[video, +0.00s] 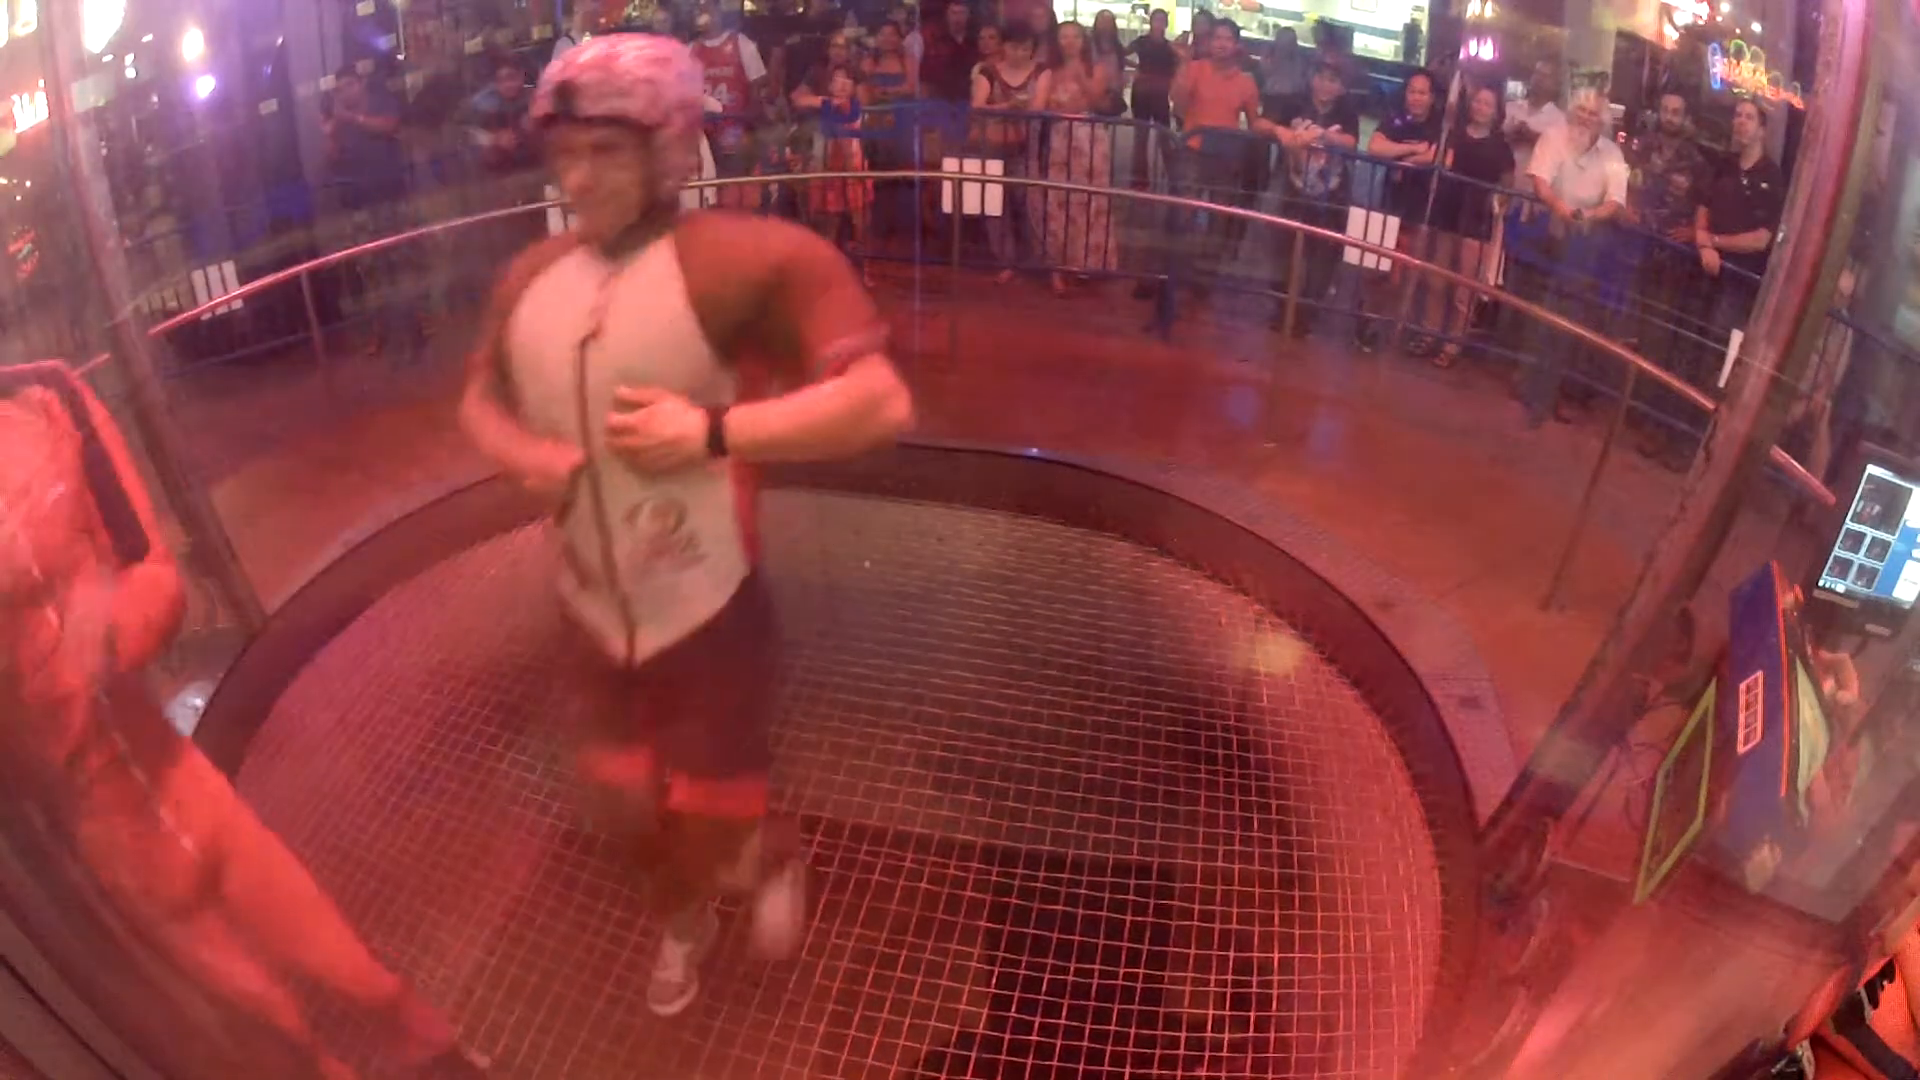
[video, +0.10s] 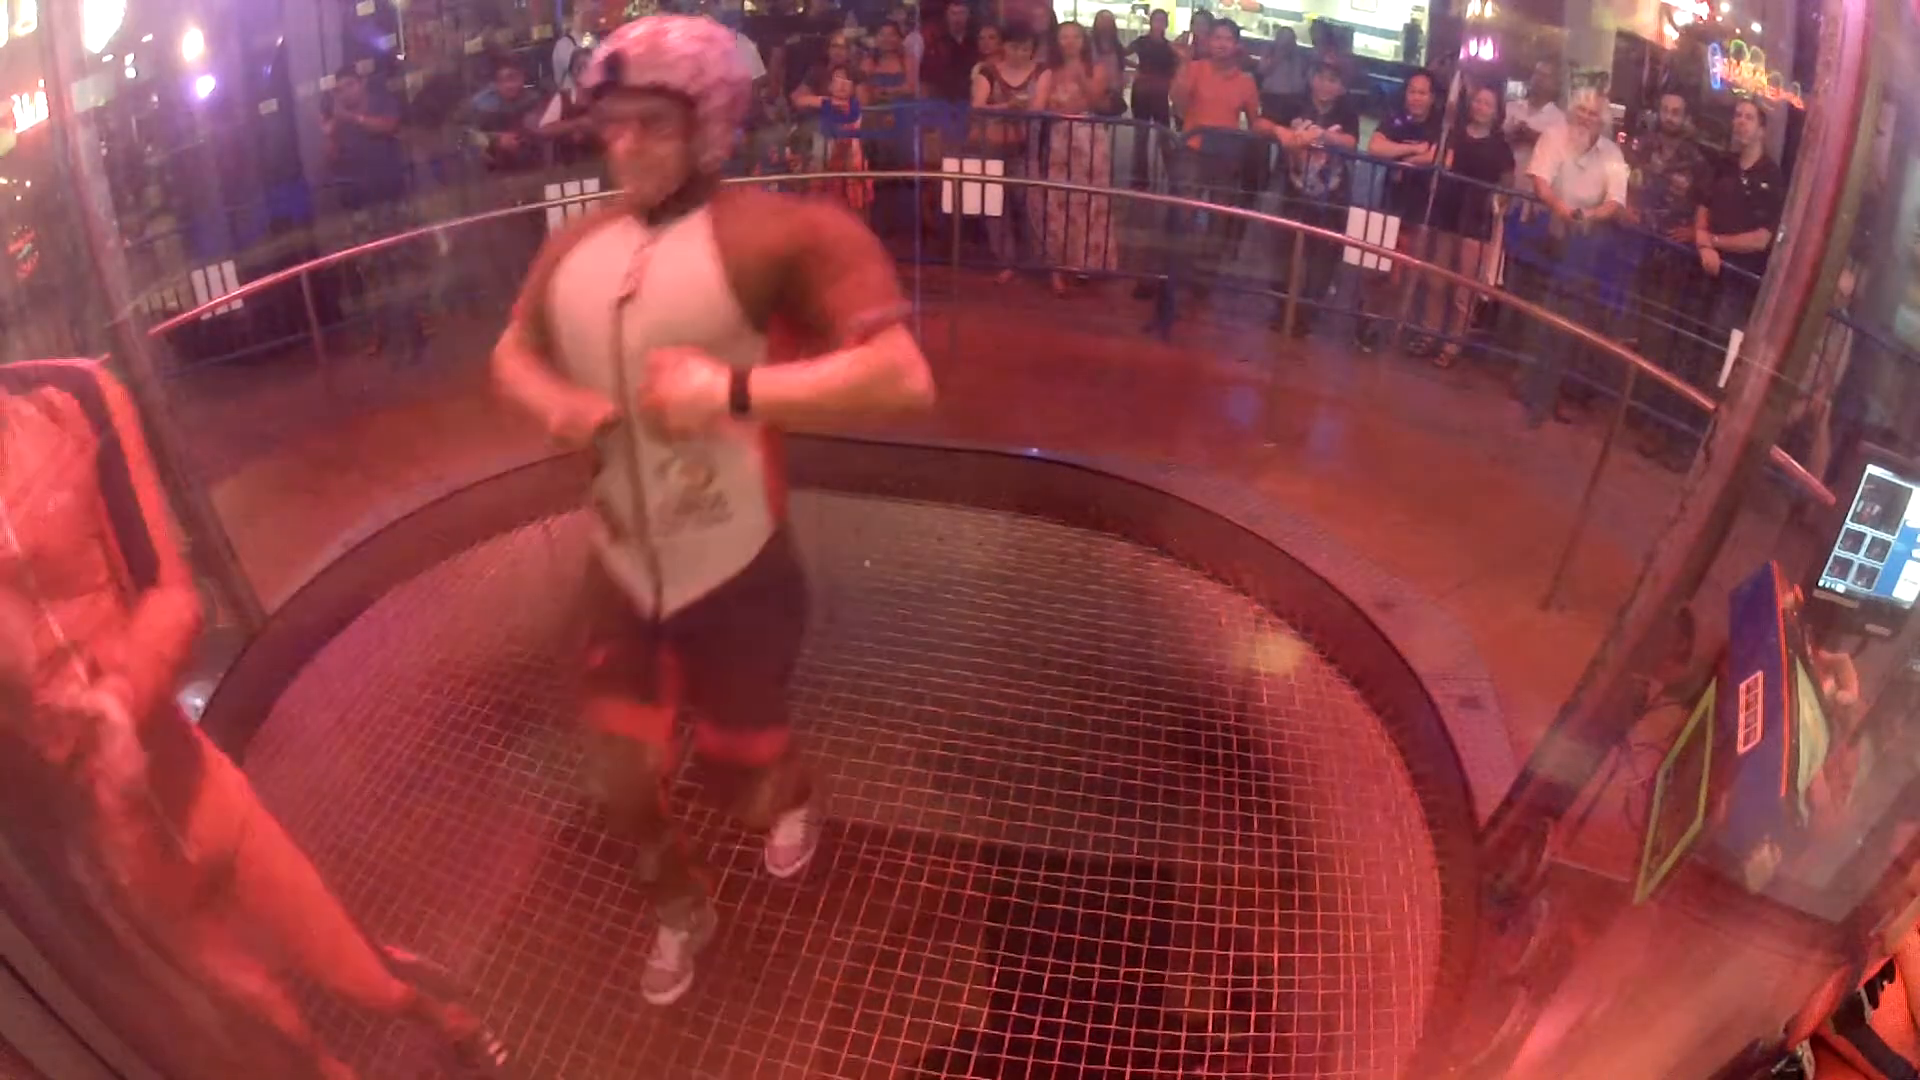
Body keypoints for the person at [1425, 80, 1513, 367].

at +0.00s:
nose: (1481, 107)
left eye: (1487, 104)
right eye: (1477, 101)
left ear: (1497, 112)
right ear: (1469, 104)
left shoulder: (1501, 148)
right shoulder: (1454, 137)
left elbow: (1507, 188)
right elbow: (1440, 168)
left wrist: (1496, 207)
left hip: (1476, 220)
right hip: (1445, 212)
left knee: (1463, 288)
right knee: (1435, 281)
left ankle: (1453, 342)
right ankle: (1430, 333)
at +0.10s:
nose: (1481, 107)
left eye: (1488, 103)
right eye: (1478, 101)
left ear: (1497, 111)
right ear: (1469, 104)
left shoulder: (1500, 148)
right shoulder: (1454, 137)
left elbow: (1507, 187)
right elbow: (1440, 166)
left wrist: (1498, 205)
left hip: (1476, 220)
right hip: (1445, 212)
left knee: (1464, 288)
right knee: (1435, 280)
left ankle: (1453, 342)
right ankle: (1430, 333)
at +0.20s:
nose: (1481, 107)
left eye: (1487, 103)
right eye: (1478, 101)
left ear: (1497, 111)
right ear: (1469, 104)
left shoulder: (1500, 148)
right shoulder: (1454, 137)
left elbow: (1507, 187)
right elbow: (1440, 166)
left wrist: (1498, 207)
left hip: (1476, 219)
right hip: (1445, 212)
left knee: (1464, 288)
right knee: (1435, 280)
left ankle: (1453, 342)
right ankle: (1430, 333)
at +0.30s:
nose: (1481, 107)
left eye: (1487, 103)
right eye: (1478, 101)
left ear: (1497, 112)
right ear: (1469, 104)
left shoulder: (1500, 147)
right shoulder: (1454, 137)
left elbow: (1506, 187)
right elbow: (1441, 166)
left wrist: (1497, 205)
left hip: (1476, 219)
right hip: (1445, 211)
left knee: (1463, 288)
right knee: (1435, 281)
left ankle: (1453, 342)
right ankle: (1429, 333)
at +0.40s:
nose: (1481, 107)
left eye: (1487, 103)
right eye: (1477, 101)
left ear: (1497, 111)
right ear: (1469, 104)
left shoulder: (1500, 147)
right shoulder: (1454, 137)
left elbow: (1506, 187)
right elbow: (1439, 167)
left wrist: (1496, 205)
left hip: (1476, 220)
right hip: (1444, 212)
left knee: (1463, 289)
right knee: (1435, 281)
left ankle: (1453, 342)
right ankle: (1429, 333)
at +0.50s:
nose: (1480, 107)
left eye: (1487, 103)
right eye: (1477, 101)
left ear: (1497, 111)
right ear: (1469, 104)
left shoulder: (1500, 148)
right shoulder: (1453, 137)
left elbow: (1506, 187)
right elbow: (1439, 166)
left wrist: (1495, 206)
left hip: (1476, 220)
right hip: (1444, 212)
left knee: (1463, 289)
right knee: (1435, 281)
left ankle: (1453, 342)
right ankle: (1429, 333)